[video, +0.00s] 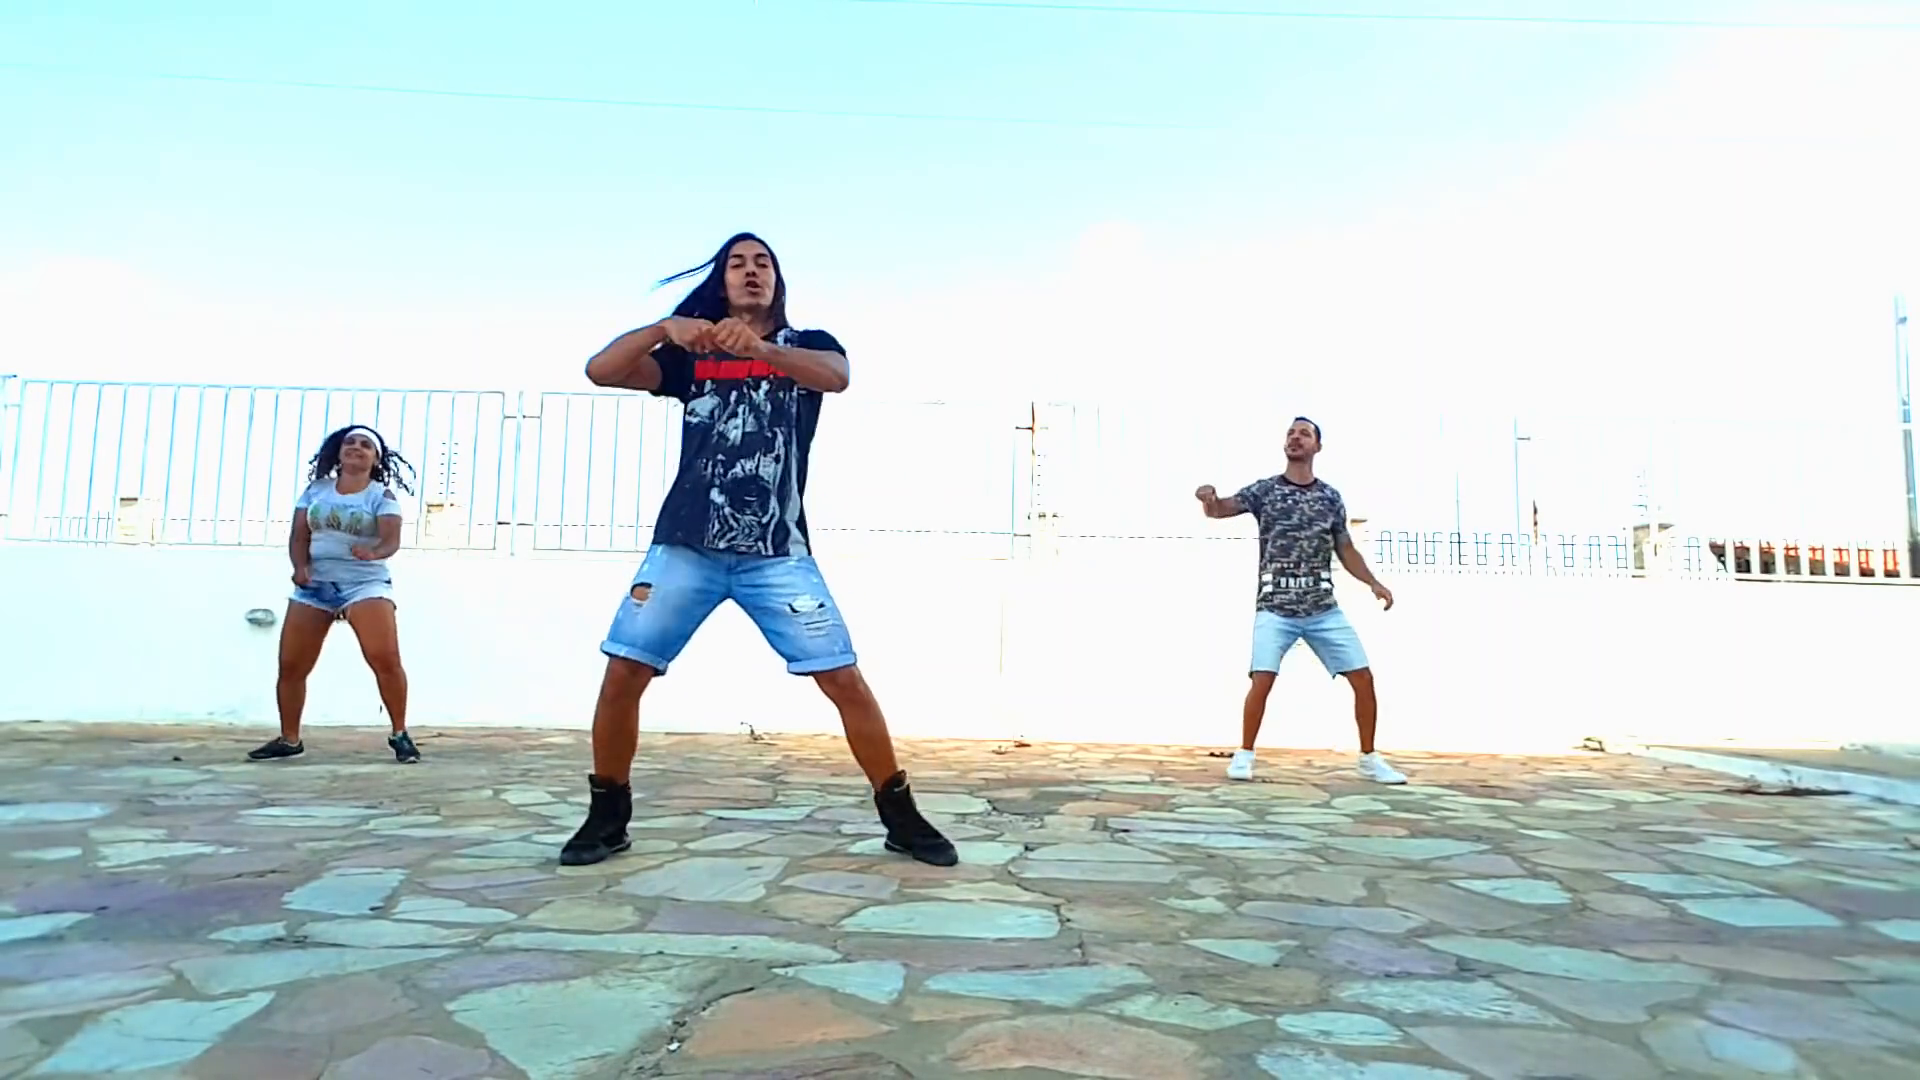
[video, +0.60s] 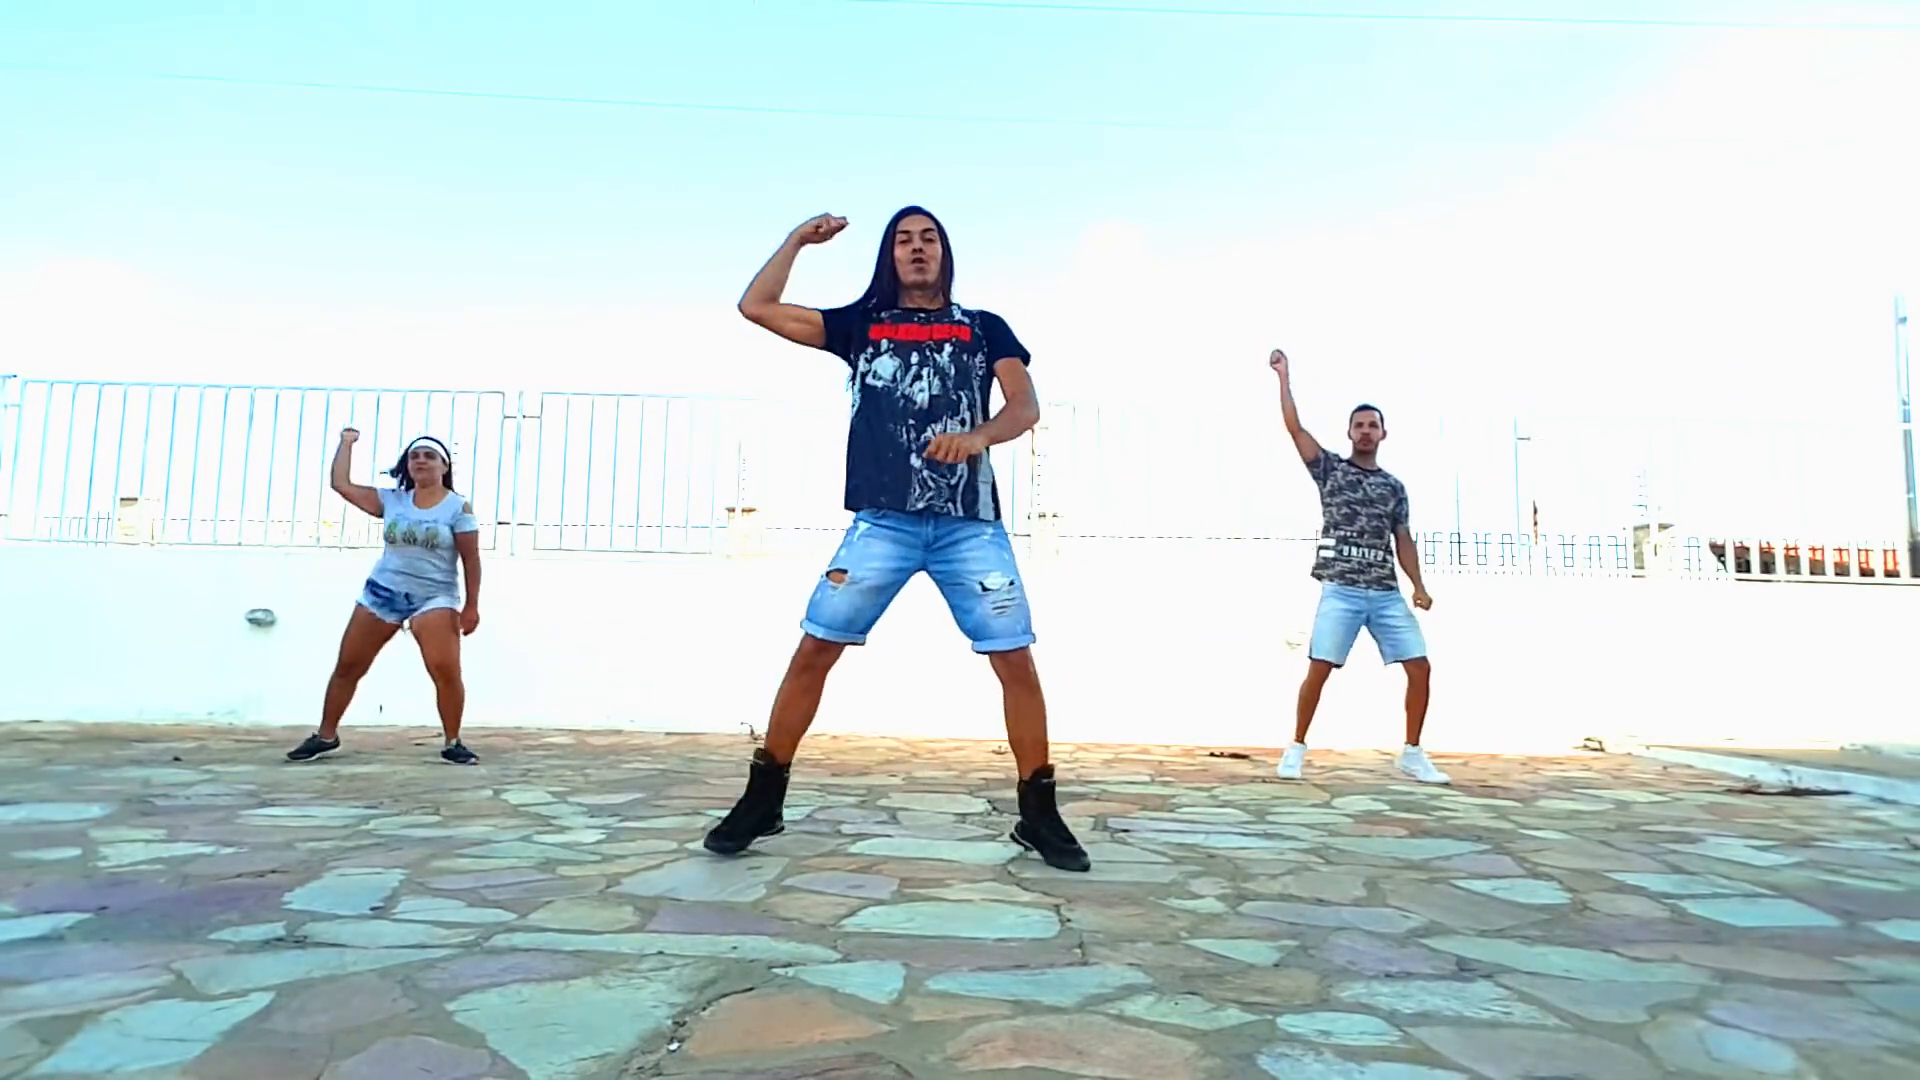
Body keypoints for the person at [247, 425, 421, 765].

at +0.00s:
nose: (356, 447)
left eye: (365, 445)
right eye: (349, 442)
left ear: (376, 460)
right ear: (337, 453)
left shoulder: (382, 496)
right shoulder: (314, 491)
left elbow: (391, 540)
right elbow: (299, 537)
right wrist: (300, 566)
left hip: (365, 584)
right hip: (315, 583)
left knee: (386, 659)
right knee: (290, 666)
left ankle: (400, 734)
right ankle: (290, 739)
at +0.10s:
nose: (356, 457)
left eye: (366, 455)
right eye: (350, 453)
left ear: (378, 471)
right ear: (341, 466)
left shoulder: (387, 511)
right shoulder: (324, 505)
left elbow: (398, 562)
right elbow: (301, 546)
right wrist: (281, 568)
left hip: (365, 600)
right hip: (314, 596)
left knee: (386, 674)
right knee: (282, 669)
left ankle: (397, 738)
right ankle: (288, 739)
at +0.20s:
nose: (371, 435)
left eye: (381, 433)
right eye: (366, 431)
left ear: (395, 449)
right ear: (357, 442)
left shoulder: (399, 483)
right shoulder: (337, 476)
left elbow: (423, 528)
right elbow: (295, 494)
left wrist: (422, 575)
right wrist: (270, 494)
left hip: (378, 574)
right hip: (328, 571)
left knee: (392, 654)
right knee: (304, 652)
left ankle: (401, 731)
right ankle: (286, 725)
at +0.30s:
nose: (380, 422)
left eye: (390, 420)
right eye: (376, 418)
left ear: (404, 435)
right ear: (367, 428)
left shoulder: (412, 469)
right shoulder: (346, 453)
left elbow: (434, 516)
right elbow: (294, 442)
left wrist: (445, 559)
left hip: (392, 558)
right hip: (344, 557)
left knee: (401, 636)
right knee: (313, 634)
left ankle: (421, 715)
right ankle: (304, 713)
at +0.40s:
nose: (387, 429)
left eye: (397, 424)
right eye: (382, 425)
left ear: (414, 436)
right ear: (375, 435)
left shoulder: (426, 478)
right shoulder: (359, 458)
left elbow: (439, 526)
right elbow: (308, 437)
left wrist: (447, 569)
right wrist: (286, 401)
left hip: (400, 567)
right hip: (350, 563)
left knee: (420, 643)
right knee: (326, 642)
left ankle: (442, 717)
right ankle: (315, 719)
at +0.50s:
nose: (397, 452)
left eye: (406, 448)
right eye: (392, 448)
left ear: (423, 461)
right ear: (385, 458)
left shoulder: (432, 501)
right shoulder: (370, 489)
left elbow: (446, 552)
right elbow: (324, 468)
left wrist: (453, 599)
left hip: (409, 590)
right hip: (357, 585)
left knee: (433, 663)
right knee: (333, 666)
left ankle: (454, 737)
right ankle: (325, 739)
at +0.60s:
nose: (421, 460)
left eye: (430, 455)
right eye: (414, 456)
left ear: (445, 467)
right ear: (406, 466)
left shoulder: (457, 508)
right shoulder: (391, 500)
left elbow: (471, 560)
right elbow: (341, 484)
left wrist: (471, 606)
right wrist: (345, 443)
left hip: (434, 597)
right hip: (384, 592)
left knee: (445, 669)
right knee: (347, 666)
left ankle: (452, 742)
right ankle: (326, 735)